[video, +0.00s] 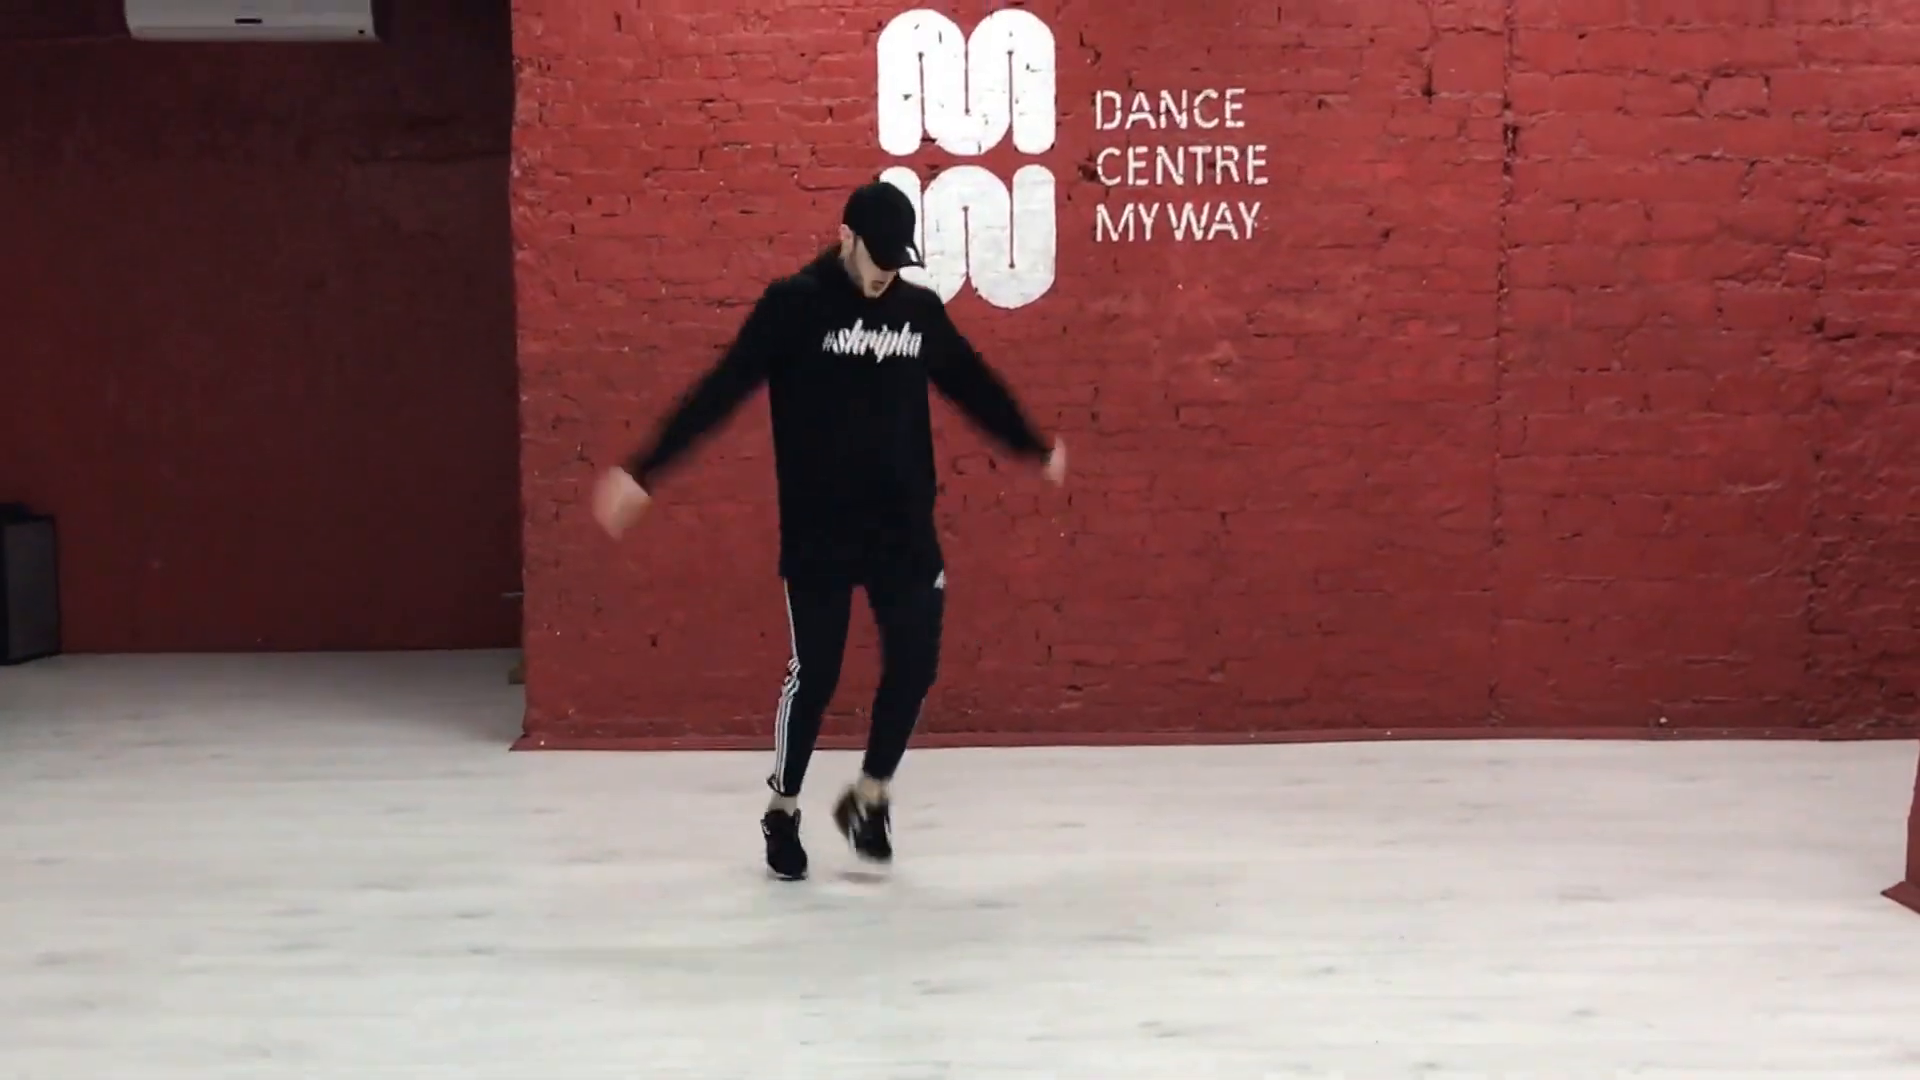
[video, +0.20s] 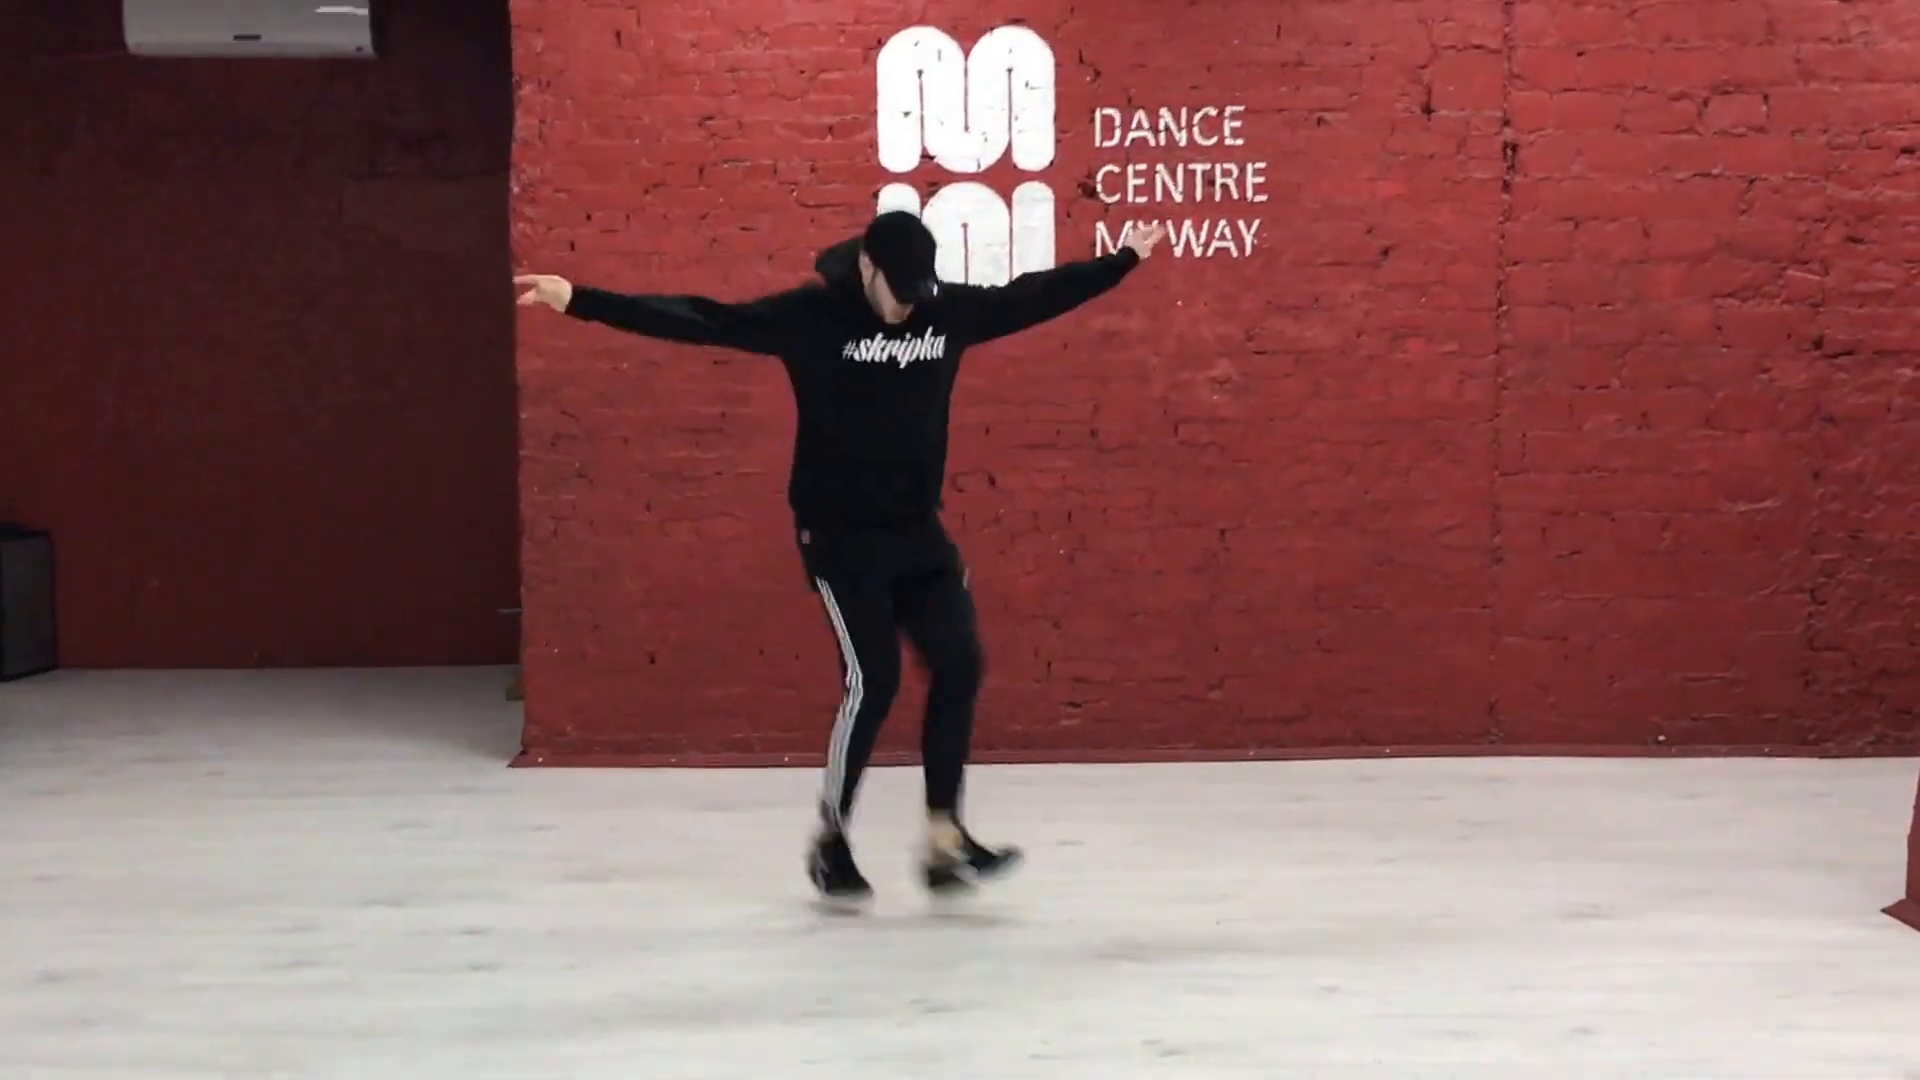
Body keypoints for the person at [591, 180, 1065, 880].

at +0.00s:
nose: (886, 275)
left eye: (897, 261)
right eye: (877, 258)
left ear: (909, 251)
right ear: (846, 238)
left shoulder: (917, 307)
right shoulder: (792, 306)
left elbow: (967, 378)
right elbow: (720, 390)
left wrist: (1030, 442)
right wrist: (644, 470)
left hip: (903, 522)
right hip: (817, 523)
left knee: (914, 663)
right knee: (815, 670)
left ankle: (870, 799)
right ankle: (783, 810)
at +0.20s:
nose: (906, 306)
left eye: (915, 293)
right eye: (895, 291)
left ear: (927, 280)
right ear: (864, 270)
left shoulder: (949, 313)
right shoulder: (809, 317)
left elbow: (1033, 297)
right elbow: (704, 320)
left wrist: (1119, 261)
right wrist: (581, 300)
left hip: (916, 529)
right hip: (837, 533)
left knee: (958, 666)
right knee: (874, 678)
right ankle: (830, 841)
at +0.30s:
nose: (915, 341)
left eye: (924, 328)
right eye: (904, 326)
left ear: (934, 315)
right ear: (871, 309)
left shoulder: (958, 347)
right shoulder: (815, 358)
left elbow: (1042, 314)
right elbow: (710, 357)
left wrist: (1121, 268)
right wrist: (601, 332)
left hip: (932, 570)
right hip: (850, 577)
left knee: (1003, 693)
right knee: (883, 718)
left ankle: (970, 858)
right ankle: (844, 877)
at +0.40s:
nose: (916, 364)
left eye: (926, 353)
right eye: (908, 351)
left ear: (940, 335)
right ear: (877, 326)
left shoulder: (952, 364)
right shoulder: (826, 372)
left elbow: (1029, 356)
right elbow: (763, 391)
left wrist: (1107, 323)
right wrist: (689, 376)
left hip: (957, 580)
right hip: (870, 587)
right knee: (862, 736)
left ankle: (1037, 865)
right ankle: (888, 876)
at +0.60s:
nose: (947, 380)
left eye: (957, 368)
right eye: (938, 366)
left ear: (967, 351)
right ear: (907, 343)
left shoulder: (975, 386)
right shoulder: (854, 384)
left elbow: (1055, 392)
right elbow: (753, 446)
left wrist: (1135, 334)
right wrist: (767, 400)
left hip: (957, 602)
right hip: (879, 609)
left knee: (1031, 723)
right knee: (915, 746)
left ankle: (1064, 890)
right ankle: (846, 892)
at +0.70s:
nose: (951, 412)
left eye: (962, 400)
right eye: (941, 399)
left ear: (976, 377)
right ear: (915, 372)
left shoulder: (987, 404)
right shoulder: (871, 405)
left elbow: (1049, 375)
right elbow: (808, 443)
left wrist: (1090, 356)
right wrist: (849, 353)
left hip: (944, 620)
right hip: (864, 622)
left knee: (1012, 750)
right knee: (930, 758)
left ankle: (1057, 899)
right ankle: (842, 903)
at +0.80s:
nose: (927, 414)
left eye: (938, 404)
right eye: (916, 402)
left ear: (953, 386)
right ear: (893, 378)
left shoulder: (964, 413)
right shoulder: (858, 399)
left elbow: (1048, 461)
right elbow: (852, 468)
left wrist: (1064, 530)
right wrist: (946, 467)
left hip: (928, 621)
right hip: (844, 623)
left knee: (1008, 714)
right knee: (893, 757)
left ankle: (985, 861)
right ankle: (833, 916)